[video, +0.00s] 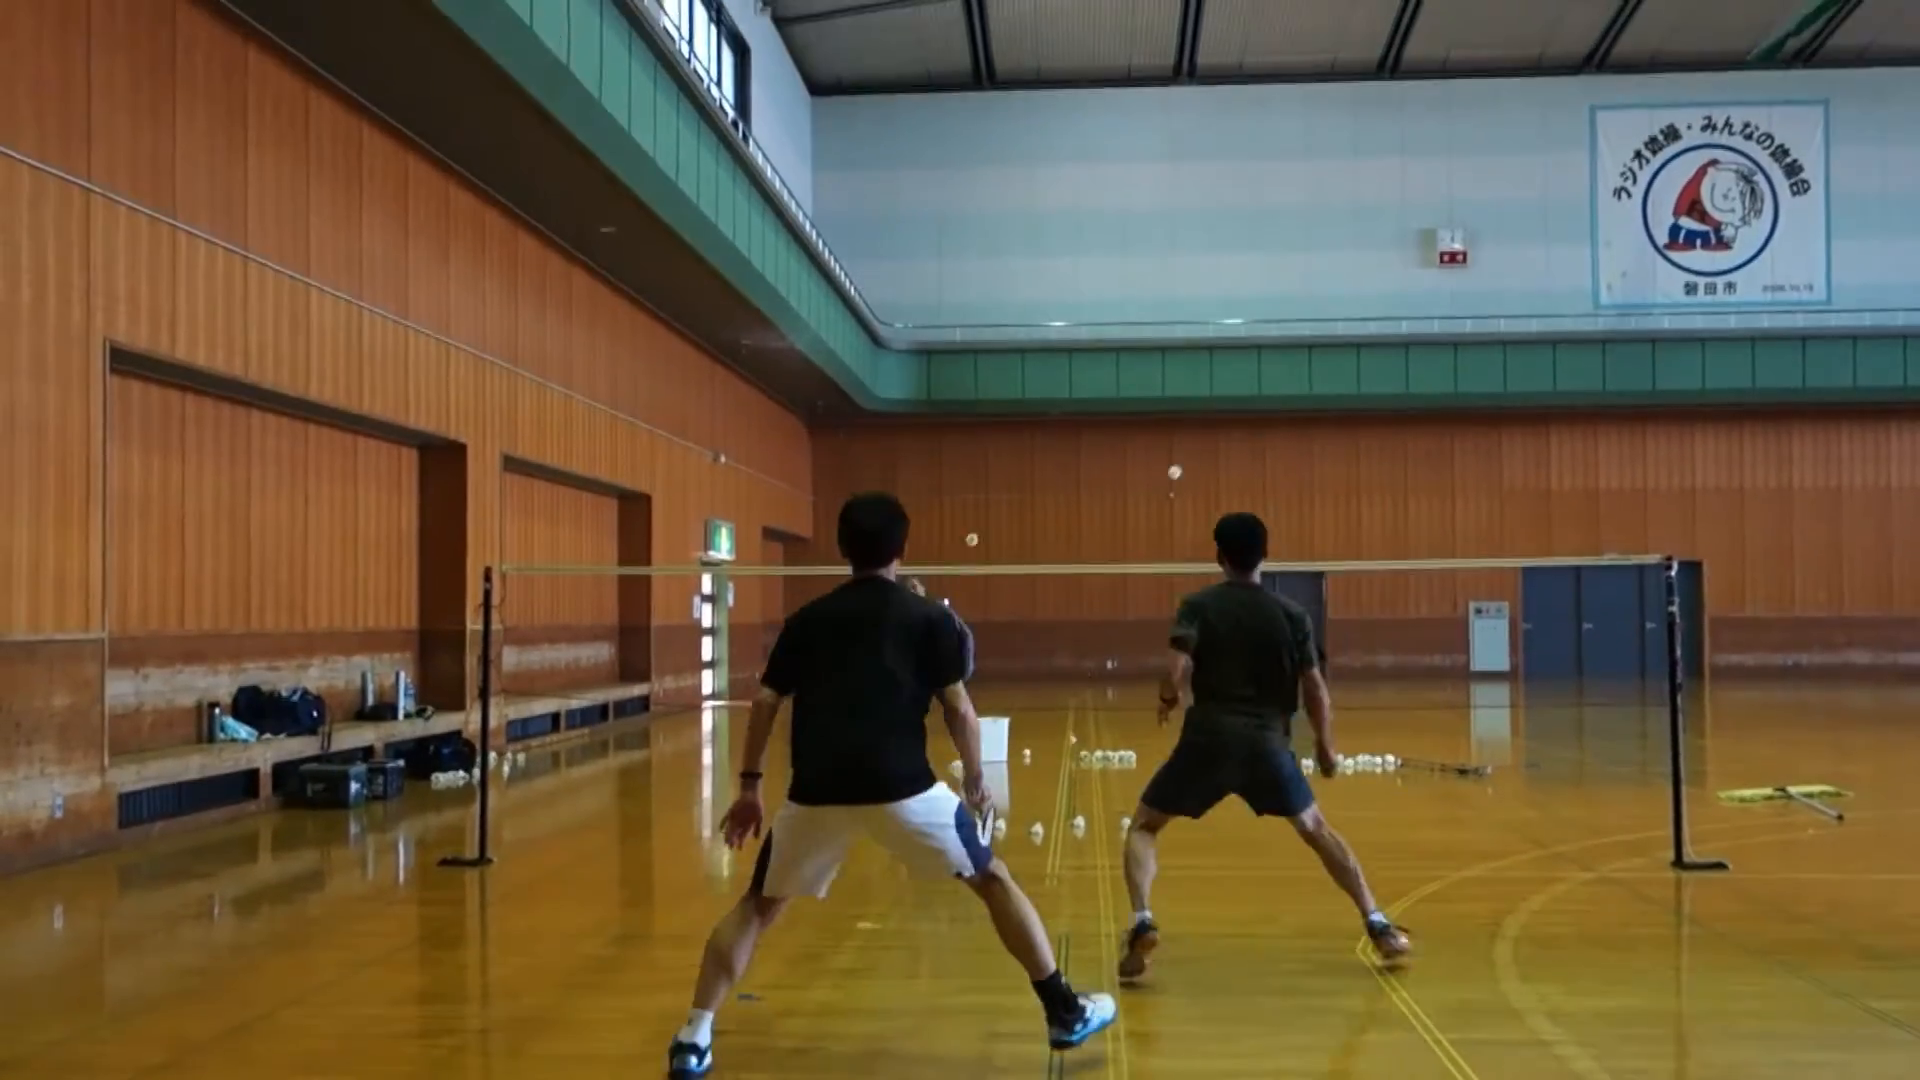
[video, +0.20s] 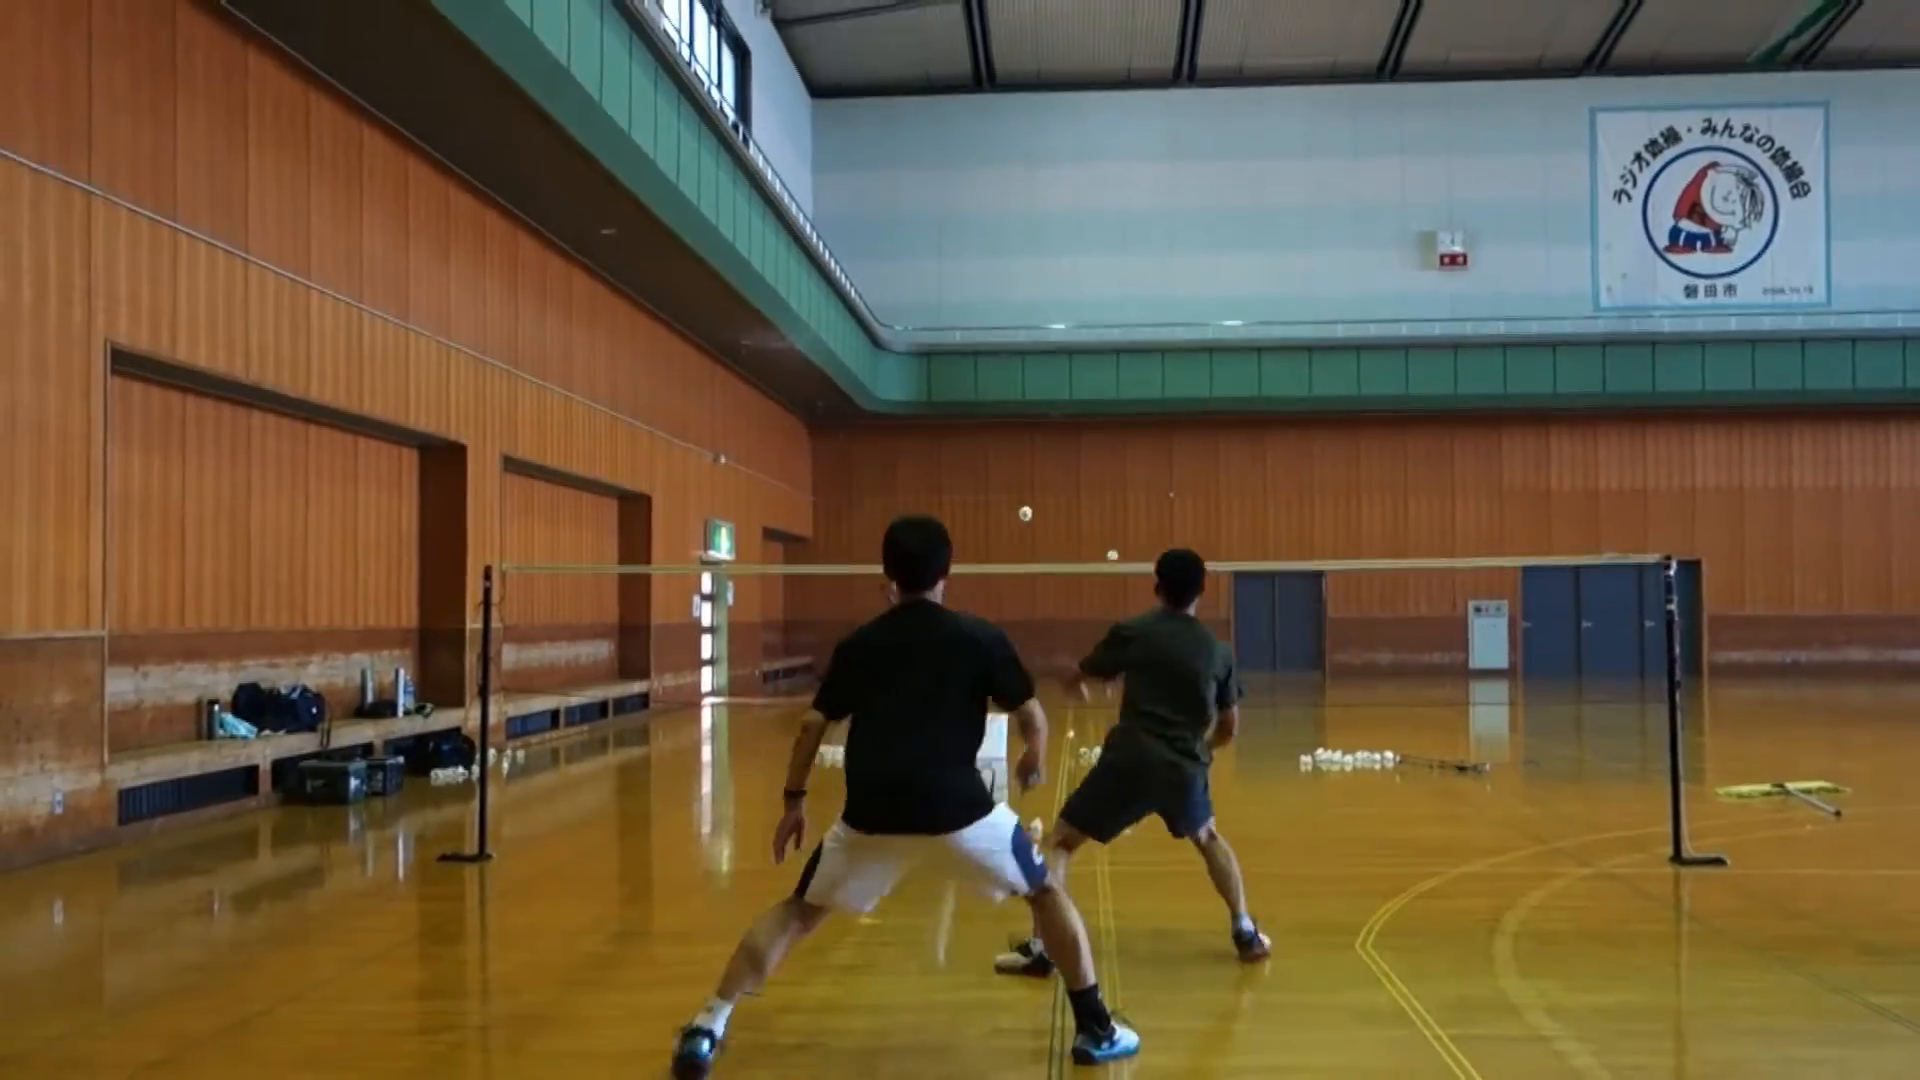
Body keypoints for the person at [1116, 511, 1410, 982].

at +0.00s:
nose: (1218, 557)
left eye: (1217, 551)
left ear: (1219, 556)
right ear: (1263, 556)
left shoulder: (1199, 606)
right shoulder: (1291, 616)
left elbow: (1176, 671)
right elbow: (1315, 689)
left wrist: (1169, 695)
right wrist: (1325, 746)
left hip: (1206, 747)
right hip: (1269, 749)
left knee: (1144, 828)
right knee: (1318, 831)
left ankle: (1142, 917)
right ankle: (1375, 920)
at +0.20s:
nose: (1155, 587)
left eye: (1156, 581)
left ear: (1157, 587)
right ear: (1200, 591)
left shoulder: (1133, 633)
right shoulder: (1215, 649)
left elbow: (1084, 672)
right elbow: (1228, 726)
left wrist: (1074, 681)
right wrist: (1203, 745)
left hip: (1127, 760)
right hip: (1184, 767)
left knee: (1062, 843)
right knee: (1210, 839)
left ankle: (1042, 945)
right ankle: (1244, 927)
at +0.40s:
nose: (1137, 598)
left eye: (1138, 592)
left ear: (1140, 598)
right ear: (1180, 602)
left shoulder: (1120, 634)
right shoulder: (1193, 647)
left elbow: (1067, 634)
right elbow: (1207, 668)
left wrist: (1022, 622)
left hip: (1127, 760)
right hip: (1181, 762)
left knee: (1061, 833)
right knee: (1202, 806)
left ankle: (1026, 913)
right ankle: (1225, 892)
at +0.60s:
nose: (1128, 597)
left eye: (1130, 591)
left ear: (1132, 598)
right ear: (1169, 601)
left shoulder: (1123, 634)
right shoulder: (1186, 646)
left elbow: (1083, 664)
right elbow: (1199, 703)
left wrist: (1021, 675)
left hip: (1135, 746)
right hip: (1183, 747)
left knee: (1082, 836)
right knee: (1196, 806)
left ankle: (1058, 922)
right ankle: (1226, 886)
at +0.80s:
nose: (1090, 570)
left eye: (1091, 564)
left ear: (1090, 568)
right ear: (1129, 571)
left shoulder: (1071, 610)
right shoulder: (1151, 624)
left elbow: (1052, 670)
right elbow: (1161, 694)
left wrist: (1023, 717)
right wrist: (1144, 726)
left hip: (1079, 725)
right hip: (1133, 728)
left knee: (1012, 796)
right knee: (1161, 794)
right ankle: (1196, 873)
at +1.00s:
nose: (1001, 586)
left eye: (1004, 581)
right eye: (1005, 580)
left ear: (1007, 589)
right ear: (1042, 592)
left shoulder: (1002, 637)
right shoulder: (1052, 637)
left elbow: (979, 681)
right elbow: (1054, 698)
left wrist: (935, 717)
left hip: (1014, 752)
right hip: (1058, 753)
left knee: (933, 815)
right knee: (1100, 830)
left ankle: (959, 906)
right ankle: (1178, 891)